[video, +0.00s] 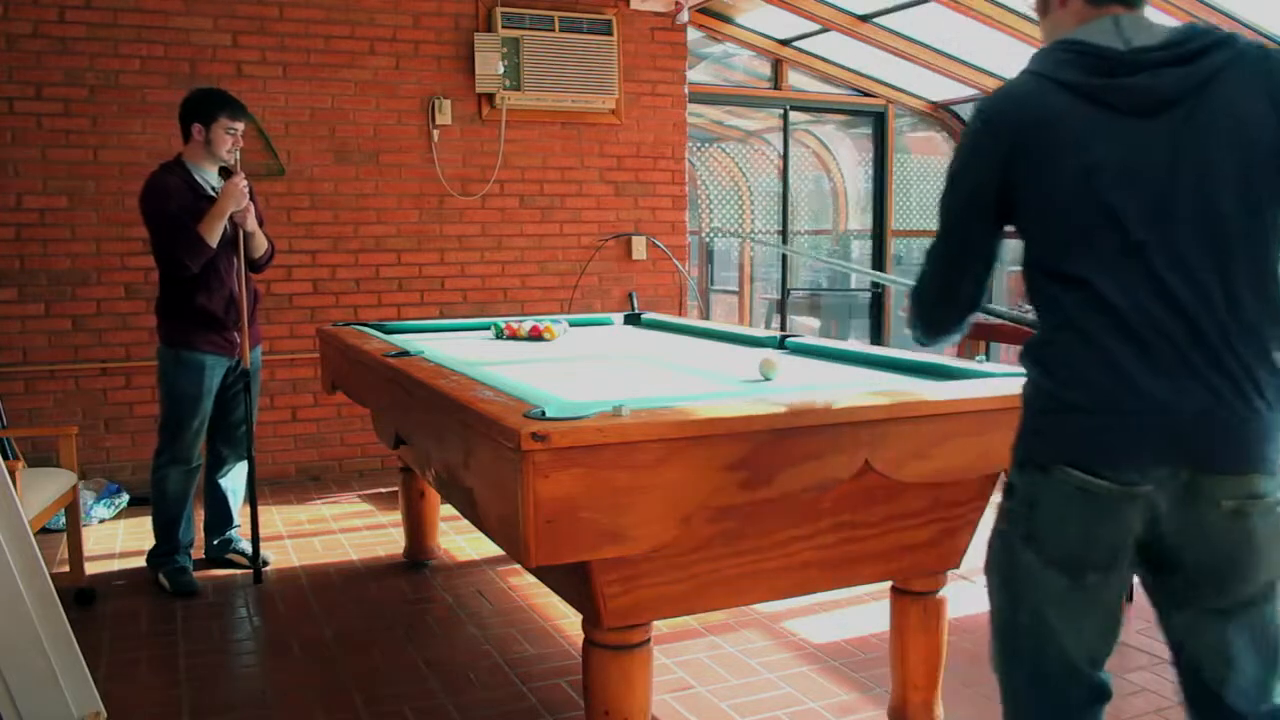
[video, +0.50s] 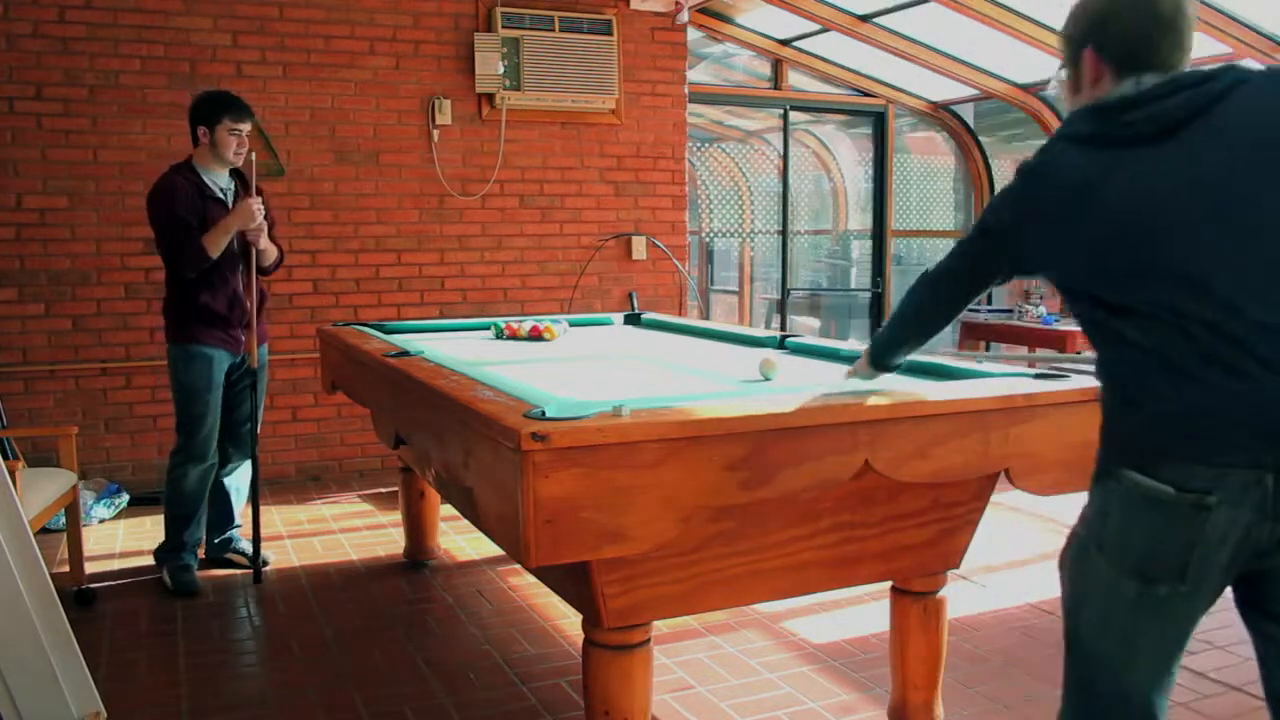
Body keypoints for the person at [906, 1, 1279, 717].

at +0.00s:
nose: (1035, 28)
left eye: (1036, 15)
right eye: (1035, 17)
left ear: (1060, 5)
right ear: (1139, 5)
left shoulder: (1017, 110)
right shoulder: (1261, 73)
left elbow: (935, 312)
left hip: (1082, 446)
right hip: (1239, 449)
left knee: (1050, 703)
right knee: (1247, 704)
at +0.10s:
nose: (1063, 27)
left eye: (1063, 15)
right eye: (1064, 17)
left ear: (1085, 4)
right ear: (1174, 1)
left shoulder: (1051, 111)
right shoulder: (1264, 66)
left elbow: (970, 305)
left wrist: (947, 321)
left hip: (1116, 456)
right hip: (1260, 453)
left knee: (1063, 696)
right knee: (1262, 700)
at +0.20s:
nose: (1086, 29)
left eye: (1087, 15)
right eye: (1085, 17)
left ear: (1115, 5)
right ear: (1198, 4)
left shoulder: (1075, 118)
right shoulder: (1272, 64)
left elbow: (983, 287)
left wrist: (947, 331)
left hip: (1150, 449)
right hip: (1275, 449)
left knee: (1083, 684)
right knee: (1273, 699)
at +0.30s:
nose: (1097, 42)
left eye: (1097, 23)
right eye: (1095, 27)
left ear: (1125, 11)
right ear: (1212, 8)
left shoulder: (1084, 122)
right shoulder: (1275, 70)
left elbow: (986, 261)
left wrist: (928, 339)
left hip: (1167, 446)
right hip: (1279, 444)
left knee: (1092, 680)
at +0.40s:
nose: (1084, 48)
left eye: (1088, 26)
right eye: (1084, 29)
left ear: (1115, 26)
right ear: (1210, 24)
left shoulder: (1080, 141)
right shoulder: (1269, 82)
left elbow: (974, 265)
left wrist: (904, 347)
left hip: (1175, 464)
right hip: (1277, 462)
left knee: (1103, 705)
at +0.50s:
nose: (1063, 88)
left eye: (1065, 73)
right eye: (1062, 74)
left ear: (1091, 69)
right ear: (1177, 60)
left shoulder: (1060, 177)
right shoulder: (1263, 101)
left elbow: (947, 286)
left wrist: (871, 362)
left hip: (1178, 469)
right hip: (1275, 462)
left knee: (1113, 695)